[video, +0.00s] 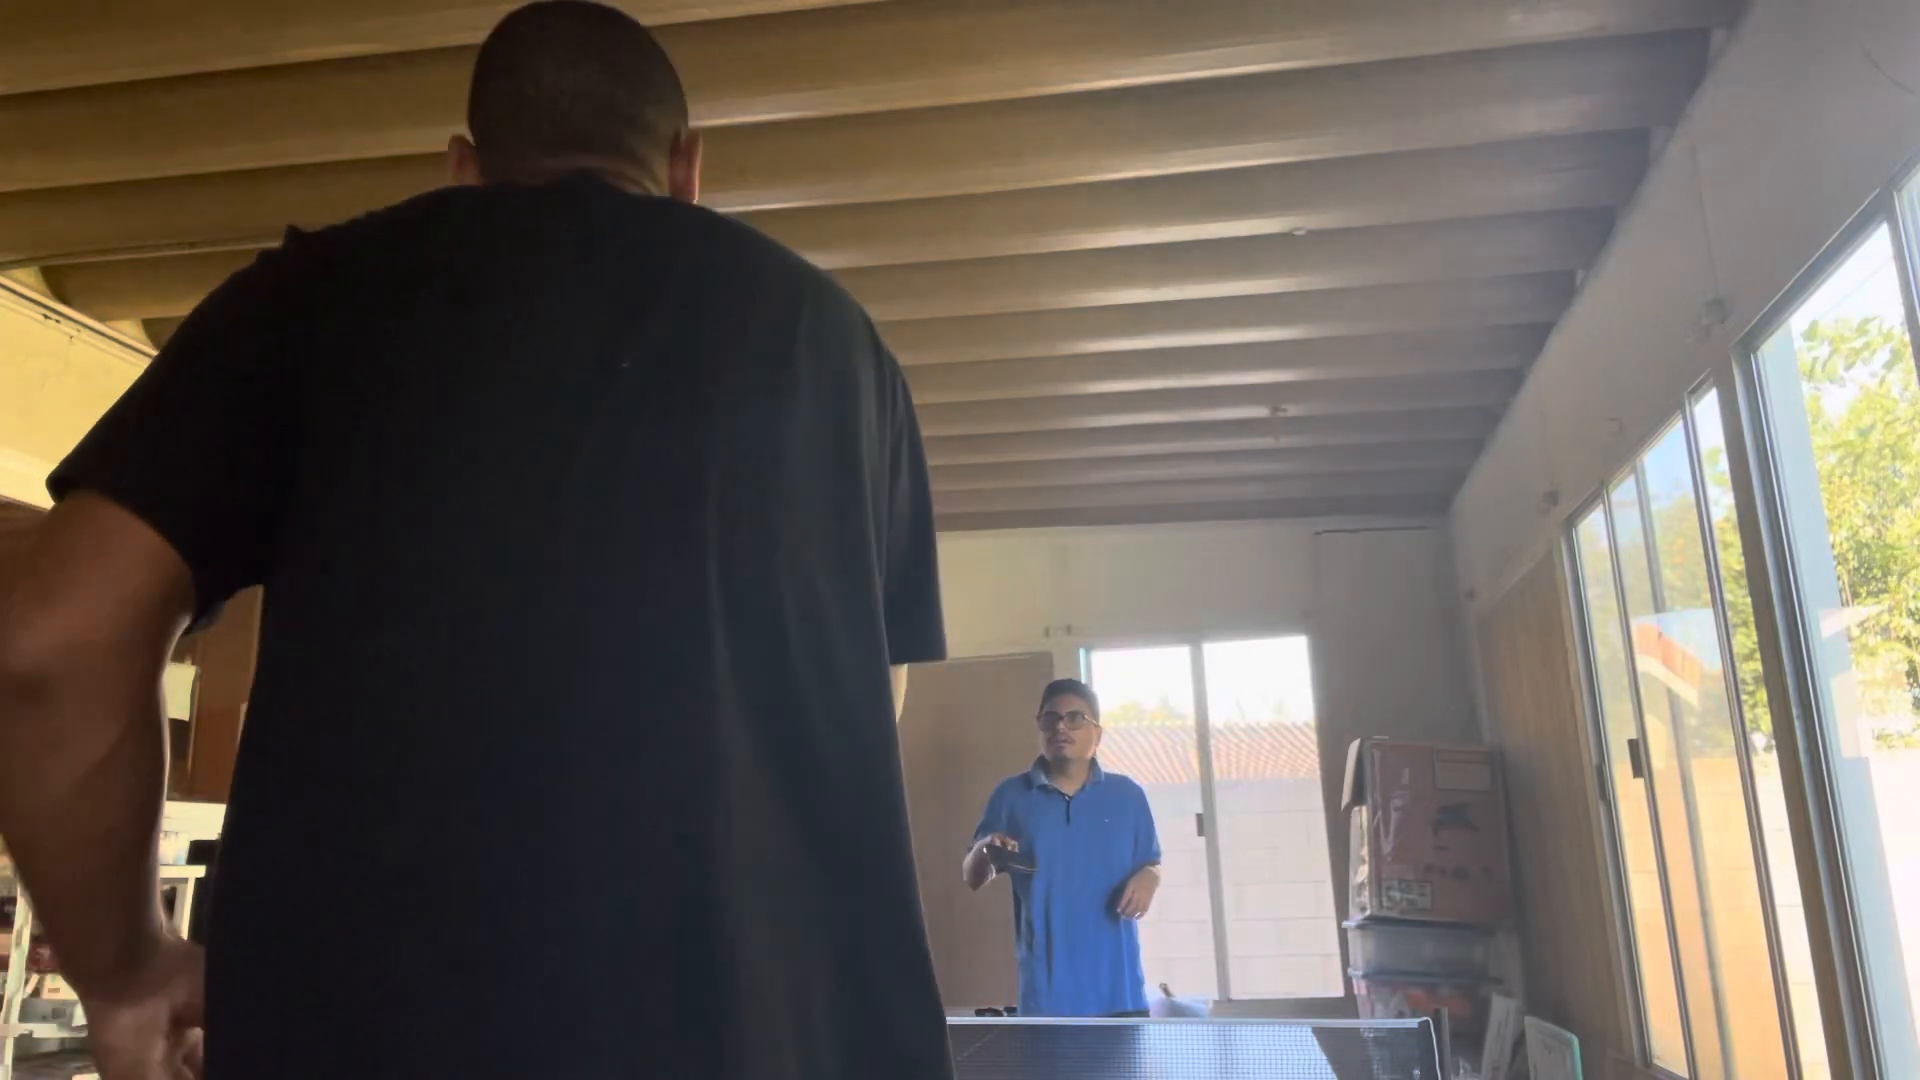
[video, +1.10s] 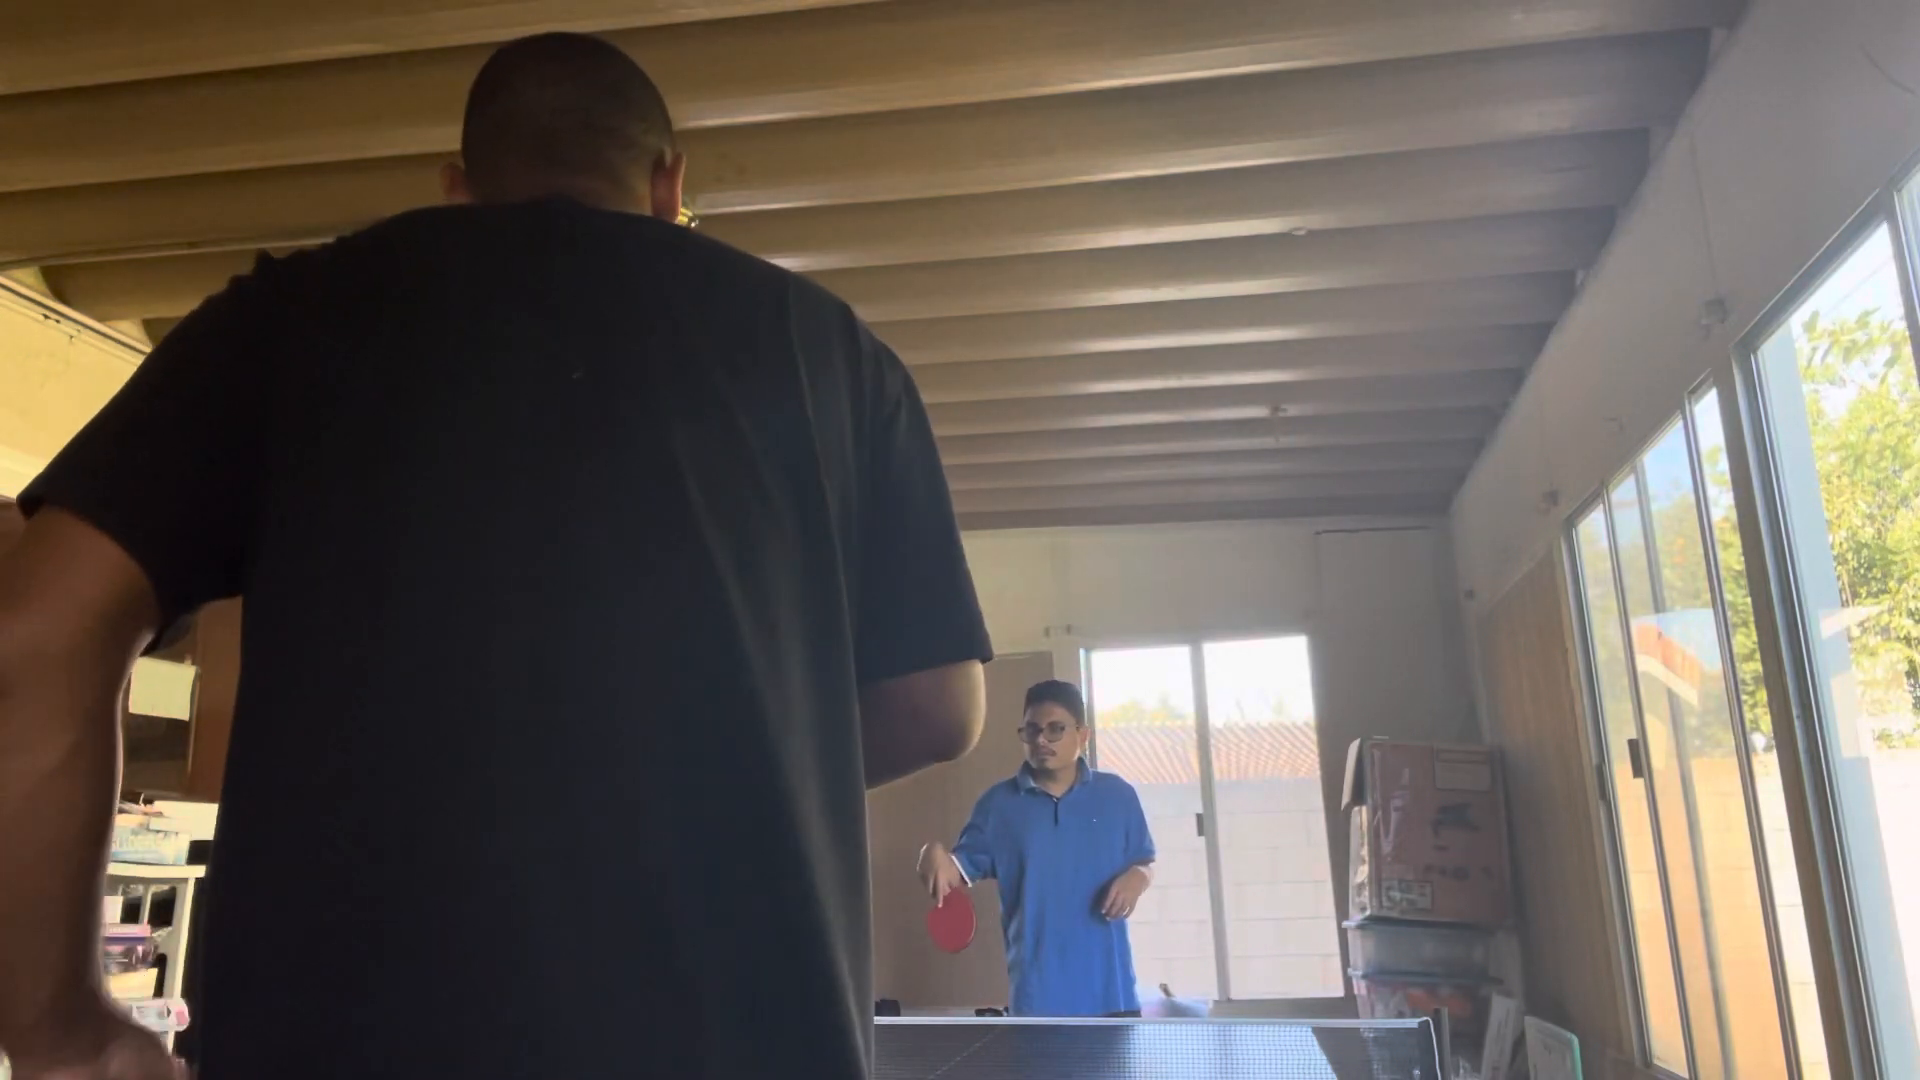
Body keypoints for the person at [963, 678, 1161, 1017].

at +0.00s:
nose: (1061, 727)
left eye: (1075, 718)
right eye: (1051, 718)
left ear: (1096, 733)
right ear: (1039, 729)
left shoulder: (1126, 795)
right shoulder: (1012, 796)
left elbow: (1150, 864)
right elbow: (973, 879)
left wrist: (1148, 877)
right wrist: (985, 852)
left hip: (1117, 986)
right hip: (1045, 989)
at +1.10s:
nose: (1042, 740)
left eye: (1055, 729)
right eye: (1033, 730)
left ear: (1082, 736)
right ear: (1022, 736)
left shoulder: (1116, 795)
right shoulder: (999, 804)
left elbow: (1143, 862)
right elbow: (964, 869)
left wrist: (1136, 878)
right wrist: (934, 852)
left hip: (1108, 988)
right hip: (1036, 993)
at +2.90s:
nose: (1044, 752)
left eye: (1057, 739)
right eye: (1031, 739)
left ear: (1079, 738)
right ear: (1017, 738)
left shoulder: (1100, 800)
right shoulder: (993, 795)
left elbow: (1112, 876)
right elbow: (959, 869)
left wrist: (1131, 883)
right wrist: (975, 896)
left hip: (1097, 992)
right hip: (1022, 996)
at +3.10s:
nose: (1045, 750)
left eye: (1057, 737)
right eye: (1032, 738)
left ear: (1079, 737)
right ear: (1018, 738)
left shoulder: (1100, 801)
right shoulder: (995, 793)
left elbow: (1113, 881)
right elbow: (959, 869)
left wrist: (1134, 882)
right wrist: (995, 906)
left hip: (1098, 992)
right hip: (1023, 997)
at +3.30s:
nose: (1045, 746)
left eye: (1057, 734)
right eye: (1032, 736)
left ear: (1079, 736)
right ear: (1019, 738)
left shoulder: (1102, 801)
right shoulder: (996, 794)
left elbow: (1118, 879)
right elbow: (959, 877)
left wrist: (1137, 878)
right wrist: (986, 868)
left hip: (1100, 994)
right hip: (1023, 997)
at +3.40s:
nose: (1046, 743)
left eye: (1058, 731)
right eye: (1033, 733)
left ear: (1079, 734)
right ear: (1018, 738)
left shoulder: (1102, 800)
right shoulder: (996, 795)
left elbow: (1118, 881)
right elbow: (958, 879)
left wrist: (1140, 877)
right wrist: (990, 847)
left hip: (1102, 991)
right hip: (1027, 995)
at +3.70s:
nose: (1052, 737)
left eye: (1063, 725)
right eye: (1039, 727)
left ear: (1083, 733)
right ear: (1025, 735)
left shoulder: (1106, 798)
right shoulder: (998, 799)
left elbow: (1119, 883)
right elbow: (967, 890)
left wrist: (1139, 879)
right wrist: (1005, 873)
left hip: (1105, 991)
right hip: (1031, 996)